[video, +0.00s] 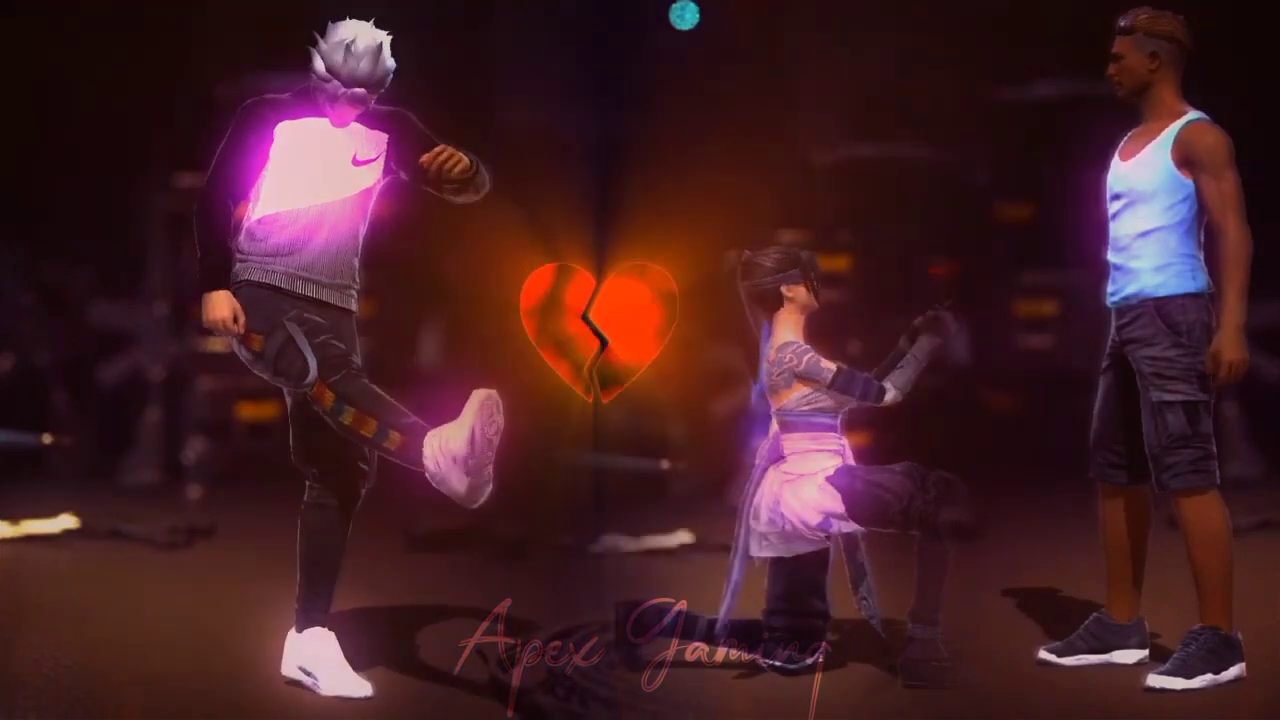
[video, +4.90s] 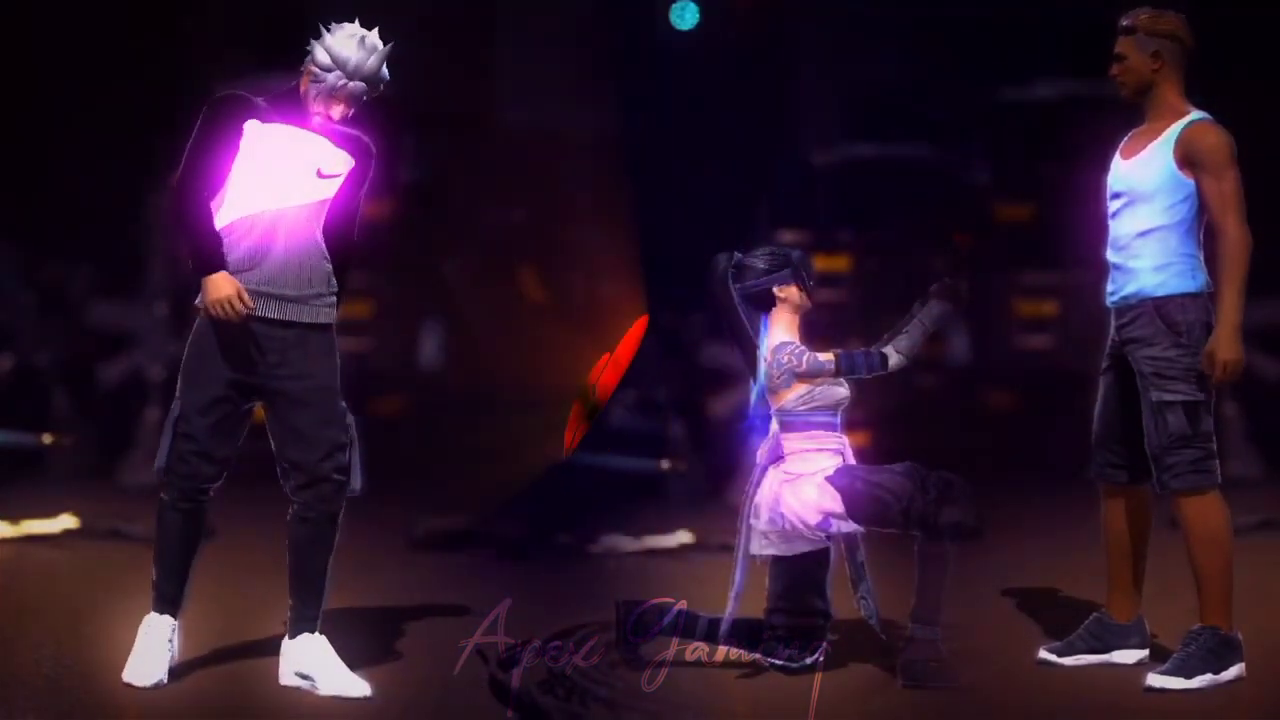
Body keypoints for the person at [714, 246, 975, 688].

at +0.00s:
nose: (815, 291)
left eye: (812, 282)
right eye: (808, 283)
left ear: (786, 292)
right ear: (787, 290)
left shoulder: (782, 350)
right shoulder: (792, 353)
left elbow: (869, 389)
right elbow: (886, 393)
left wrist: (906, 346)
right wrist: (929, 343)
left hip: (794, 482)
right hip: (809, 486)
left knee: (795, 644)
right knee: (942, 495)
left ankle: (673, 624)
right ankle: (924, 645)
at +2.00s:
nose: (809, 290)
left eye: (806, 281)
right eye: (802, 282)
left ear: (779, 293)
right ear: (782, 291)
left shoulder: (784, 349)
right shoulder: (787, 355)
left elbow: (876, 361)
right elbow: (884, 362)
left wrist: (926, 313)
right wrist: (936, 312)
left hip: (797, 481)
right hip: (809, 485)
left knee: (797, 642)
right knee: (941, 496)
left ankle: (680, 623)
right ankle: (923, 650)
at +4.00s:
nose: (806, 288)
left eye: (800, 281)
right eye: (797, 282)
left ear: (775, 296)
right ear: (778, 294)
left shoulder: (781, 350)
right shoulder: (787, 354)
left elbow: (878, 358)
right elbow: (887, 359)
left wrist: (928, 308)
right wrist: (938, 305)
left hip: (799, 484)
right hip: (808, 488)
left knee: (795, 645)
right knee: (943, 497)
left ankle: (673, 623)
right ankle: (923, 651)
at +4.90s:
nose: (806, 288)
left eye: (802, 280)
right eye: (797, 280)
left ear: (779, 292)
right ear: (778, 291)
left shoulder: (791, 352)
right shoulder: (785, 353)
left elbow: (881, 359)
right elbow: (883, 359)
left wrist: (933, 305)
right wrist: (938, 305)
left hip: (804, 485)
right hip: (807, 486)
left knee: (796, 647)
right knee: (942, 499)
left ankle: (663, 619)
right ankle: (923, 653)